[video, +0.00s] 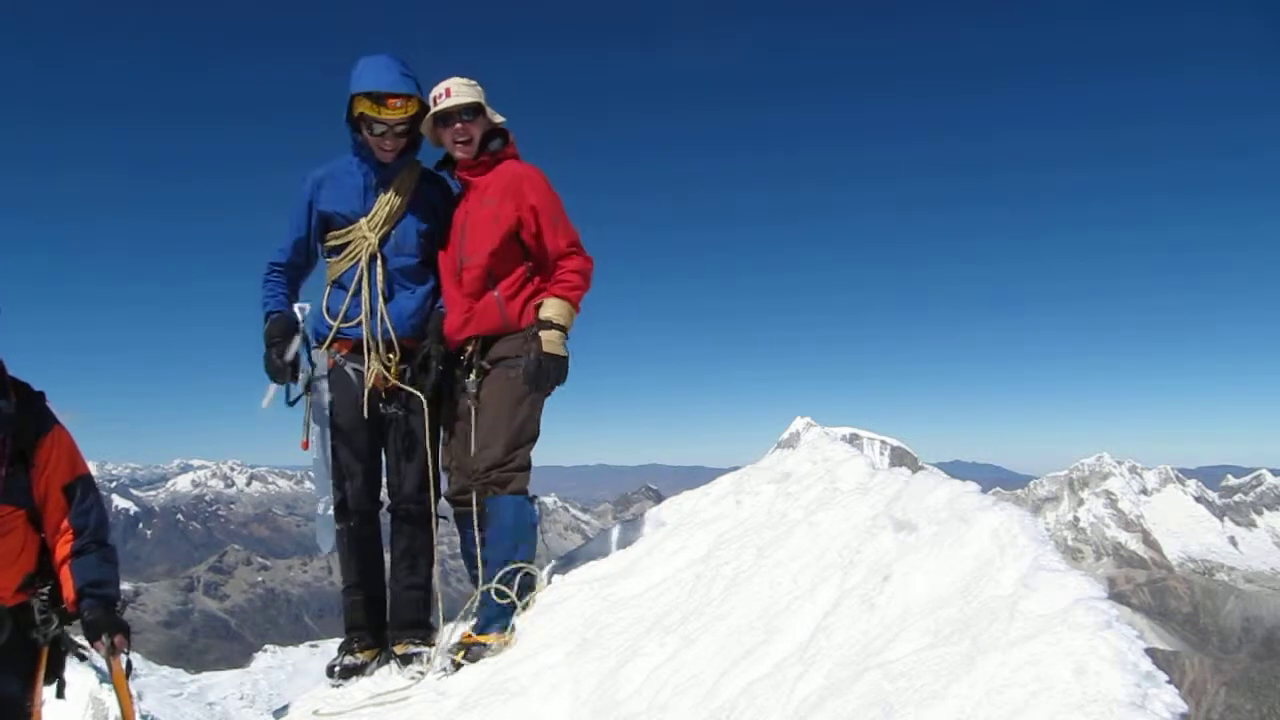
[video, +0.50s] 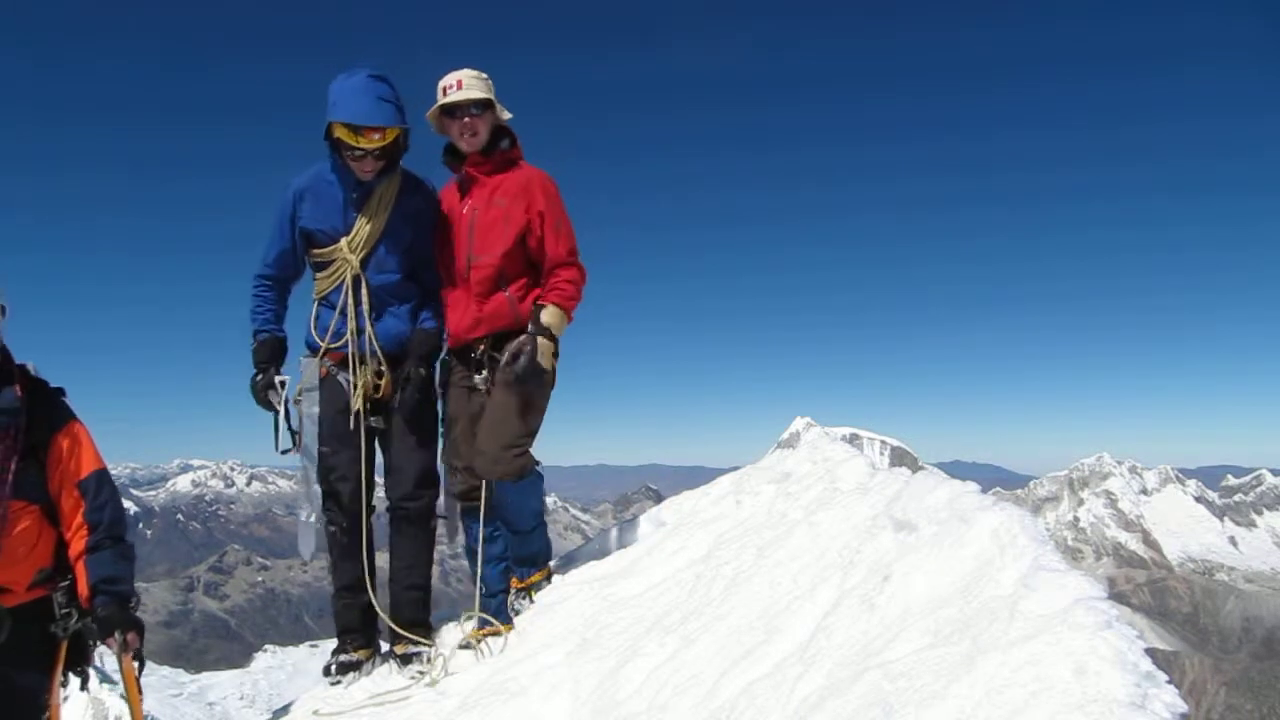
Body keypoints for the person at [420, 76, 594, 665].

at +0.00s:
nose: (459, 129)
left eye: (468, 117)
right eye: (447, 122)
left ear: (487, 120)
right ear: (437, 133)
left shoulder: (521, 179)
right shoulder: (451, 199)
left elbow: (572, 260)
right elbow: (444, 280)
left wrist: (553, 327)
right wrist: (439, 351)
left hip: (517, 342)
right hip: (464, 352)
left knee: (498, 466)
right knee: (463, 473)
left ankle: (507, 597)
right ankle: (487, 594)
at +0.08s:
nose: (457, 130)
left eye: (466, 118)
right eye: (445, 123)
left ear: (485, 121)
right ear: (435, 134)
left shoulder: (521, 181)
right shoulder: (448, 202)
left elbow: (572, 260)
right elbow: (440, 281)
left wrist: (557, 328)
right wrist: (436, 347)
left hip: (519, 342)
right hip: (465, 351)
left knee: (494, 461)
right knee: (466, 472)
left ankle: (502, 596)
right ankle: (489, 593)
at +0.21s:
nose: (457, 130)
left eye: (466, 118)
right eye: (445, 123)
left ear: (486, 121)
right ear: (436, 134)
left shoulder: (523, 182)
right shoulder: (448, 204)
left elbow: (572, 262)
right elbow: (437, 277)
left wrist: (556, 328)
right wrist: (433, 342)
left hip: (518, 341)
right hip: (463, 350)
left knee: (484, 445)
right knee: (465, 469)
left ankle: (507, 588)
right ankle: (486, 593)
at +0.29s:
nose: (459, 128)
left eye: (469, 116)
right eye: (447, 121)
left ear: (489, 120)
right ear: (437, 133)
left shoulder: (524, 182)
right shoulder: (446, 204)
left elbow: (569, 262)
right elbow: (436, 279)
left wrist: (553, 329)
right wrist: (431, 347)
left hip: (518, 343)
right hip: (462, 354)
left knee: (488, 442)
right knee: (464, 472)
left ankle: (521, 560)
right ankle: (489, 588)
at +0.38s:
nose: (462, 126)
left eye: (472, 114)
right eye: (450, 118)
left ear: (493, 118)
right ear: (440, 130)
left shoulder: (527, 183)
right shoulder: (446, 203)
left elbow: (567, 264)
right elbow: (436, 278)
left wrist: (550, 331)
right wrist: (432, 347)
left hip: (519, 345)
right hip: (462, 355)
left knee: (492, 452)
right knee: (469, 474)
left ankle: (535, 553)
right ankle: (493, 600)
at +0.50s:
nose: (467, 123)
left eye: (476, 111)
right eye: (455, 115)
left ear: (496, 115)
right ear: (444, 127)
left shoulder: (531, 184)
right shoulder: (445, 200)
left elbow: (565, 267)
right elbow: (435, 277)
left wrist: (545, 333)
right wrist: (432, 342)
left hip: (519, 345)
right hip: (461, 354)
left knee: (500, 453)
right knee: (468, 473)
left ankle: (531, 566)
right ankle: (494, 604)